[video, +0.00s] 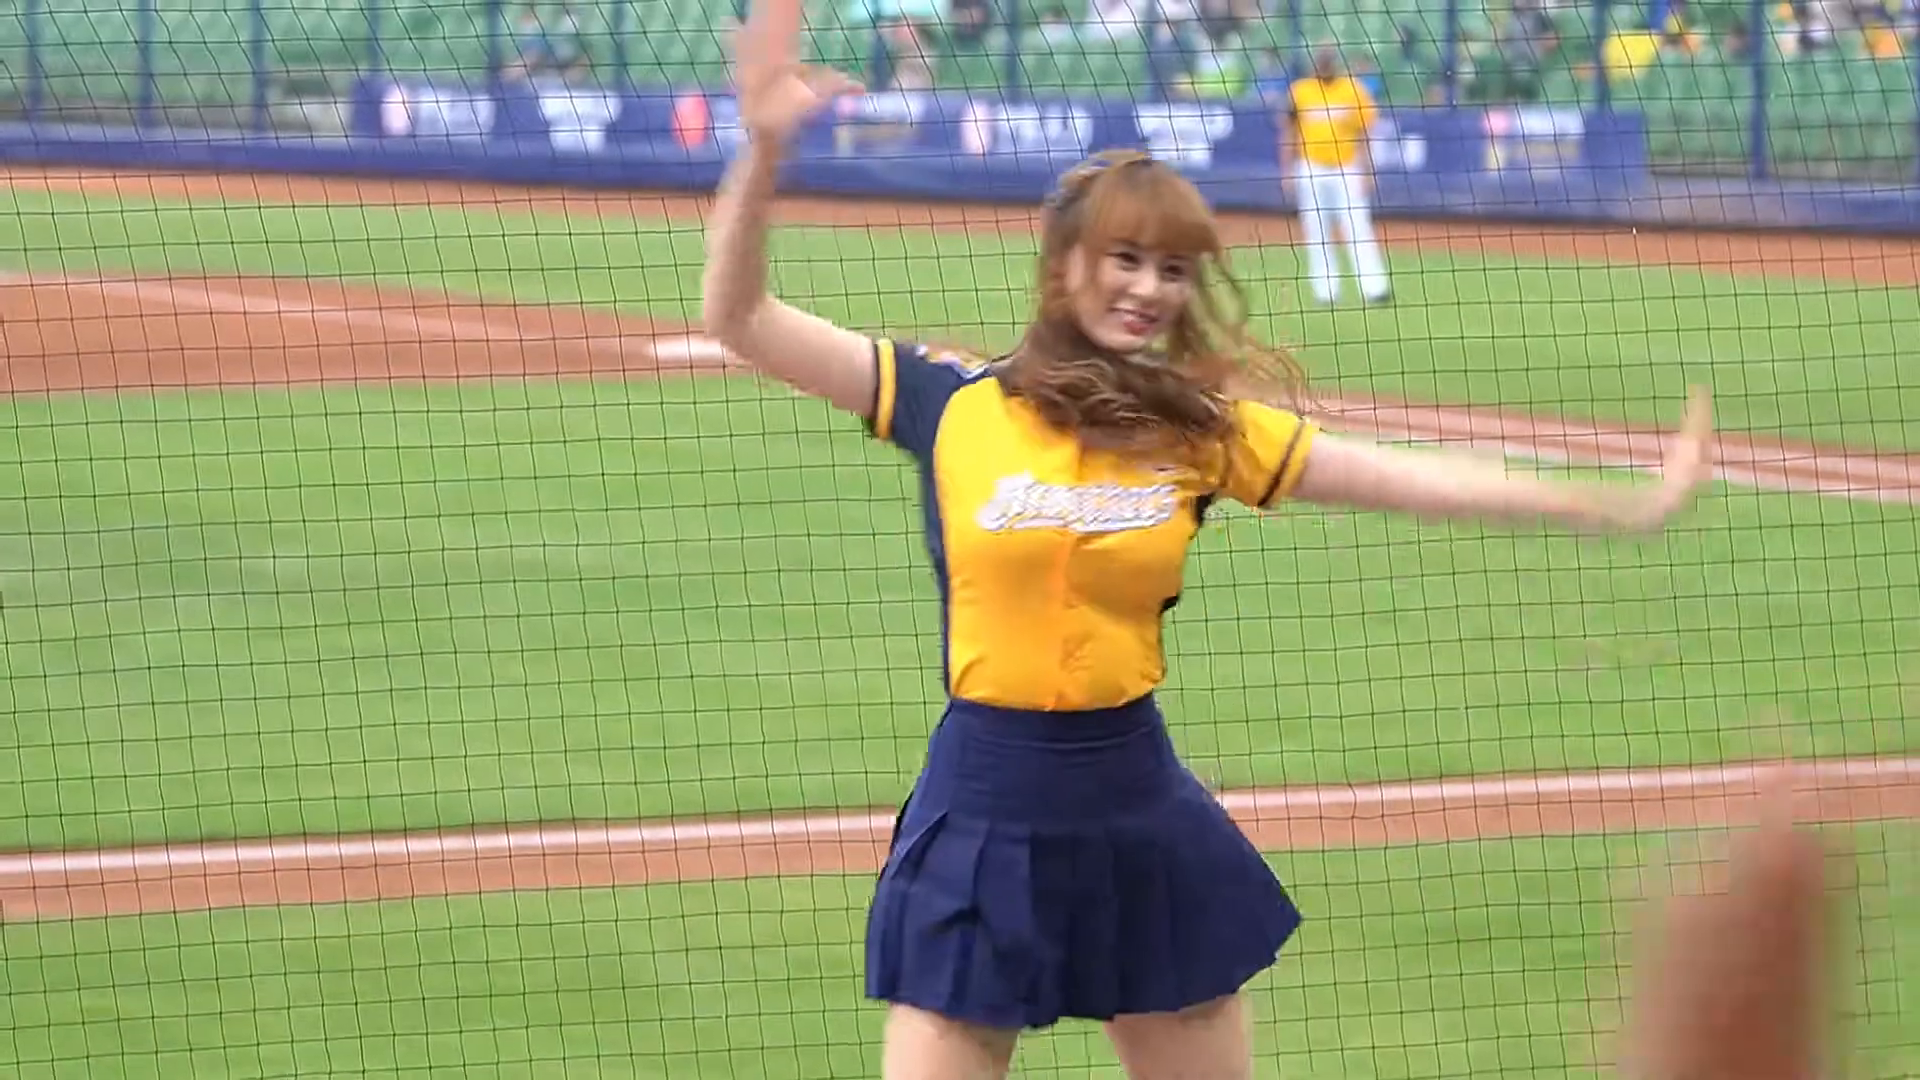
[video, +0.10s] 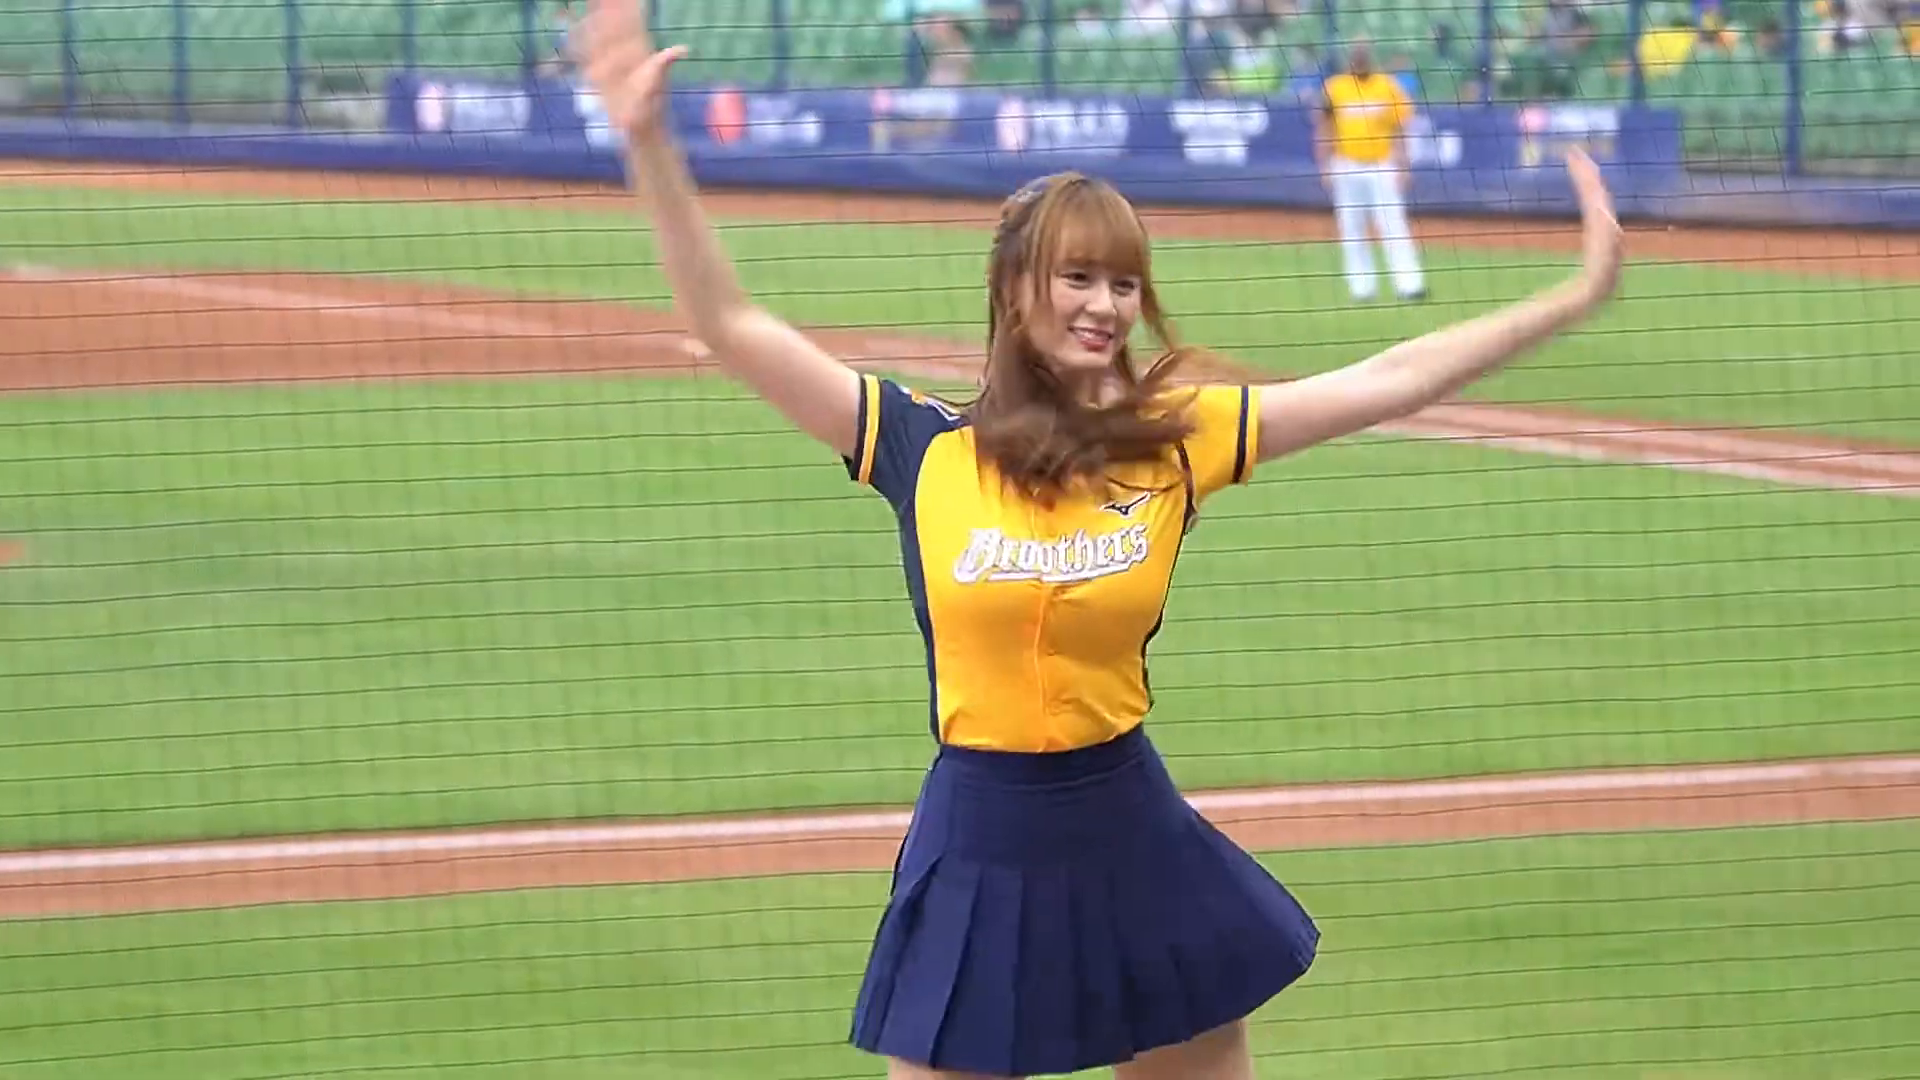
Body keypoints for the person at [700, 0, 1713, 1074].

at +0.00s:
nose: (1149, 286)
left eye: (1174, 266)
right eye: (1123, 258)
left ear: (1196, 289)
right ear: (1059, 267)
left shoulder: (1208, 433)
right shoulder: (949, 402)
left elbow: (1418, 475)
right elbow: (733, 317)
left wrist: (1620, 511)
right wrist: (762, 146)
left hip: (1140, 814)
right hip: (976, 814)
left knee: (1209, 1069)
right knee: (927, 1066)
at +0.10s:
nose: (1103, 305)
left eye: (1121, 281)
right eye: (1074, 279)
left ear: (1141, 299)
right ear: (1015, 294)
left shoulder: (1183, 437)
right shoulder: (920, 441)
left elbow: (1388, 381)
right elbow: (723, 322)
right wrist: (645, 138)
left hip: (1135, 831)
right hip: (979, 839)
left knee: (1212, 1065)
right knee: (961, 1066)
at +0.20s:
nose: (1086, 268)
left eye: (1097, 243)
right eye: (1053, 246)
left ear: (1114, 255)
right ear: (984, 271)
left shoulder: (1168, 392)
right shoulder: (923, 437)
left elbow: (1373, 392)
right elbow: (687, 464)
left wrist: (1461, 260)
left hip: (1156, 792)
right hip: (1005, 806)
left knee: (1235, 1065)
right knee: (959, 1066)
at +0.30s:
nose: (1058, 282)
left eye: (1065, 254)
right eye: (1026, 262)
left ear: (1084, 260)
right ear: (953, 290)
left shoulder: (1157, 389)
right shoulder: (922, 483)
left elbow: (1309, 429)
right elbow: (759, 662)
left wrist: (1289, 353)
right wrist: (562, 769)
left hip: (1157, 791)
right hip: (1005, 813)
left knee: (1237, 1070)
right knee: (964, 1072)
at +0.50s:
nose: (1054, 321)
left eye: (1063, 290)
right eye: (1021, 303)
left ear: (1080, 288)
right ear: (951, 332)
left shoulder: (1137, 391)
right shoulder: (940, 505)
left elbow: (1256, 360)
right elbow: (921, 732)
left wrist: (1290, 266)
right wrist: (859, 948)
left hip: (1160, 807)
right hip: (1019, 827)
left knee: (1263, 1060)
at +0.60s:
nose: (1100, 276)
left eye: (1111, 245)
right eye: (1066, 260)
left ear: (1133, 242)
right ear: (1006, 284)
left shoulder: (1197, 343)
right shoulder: (1002, 438)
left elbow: (1326, 250)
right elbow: (886, 605)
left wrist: (1397, 131)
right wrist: (732, 709)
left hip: (1199, 757)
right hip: (1062, 761)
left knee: (1304, 1065)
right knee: (983, 1066)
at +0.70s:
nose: (1166, 292)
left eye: (1178, 263)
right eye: (1131, 278)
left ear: (1203, 263)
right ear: (1079, 303)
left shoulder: (1261, 373)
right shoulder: (1054, 434)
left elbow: (1402, 237)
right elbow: (870, 471)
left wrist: (1505, 87)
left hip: (1238, 784)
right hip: (1110, 780)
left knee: (1301, 1062)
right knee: (1017, 1063)